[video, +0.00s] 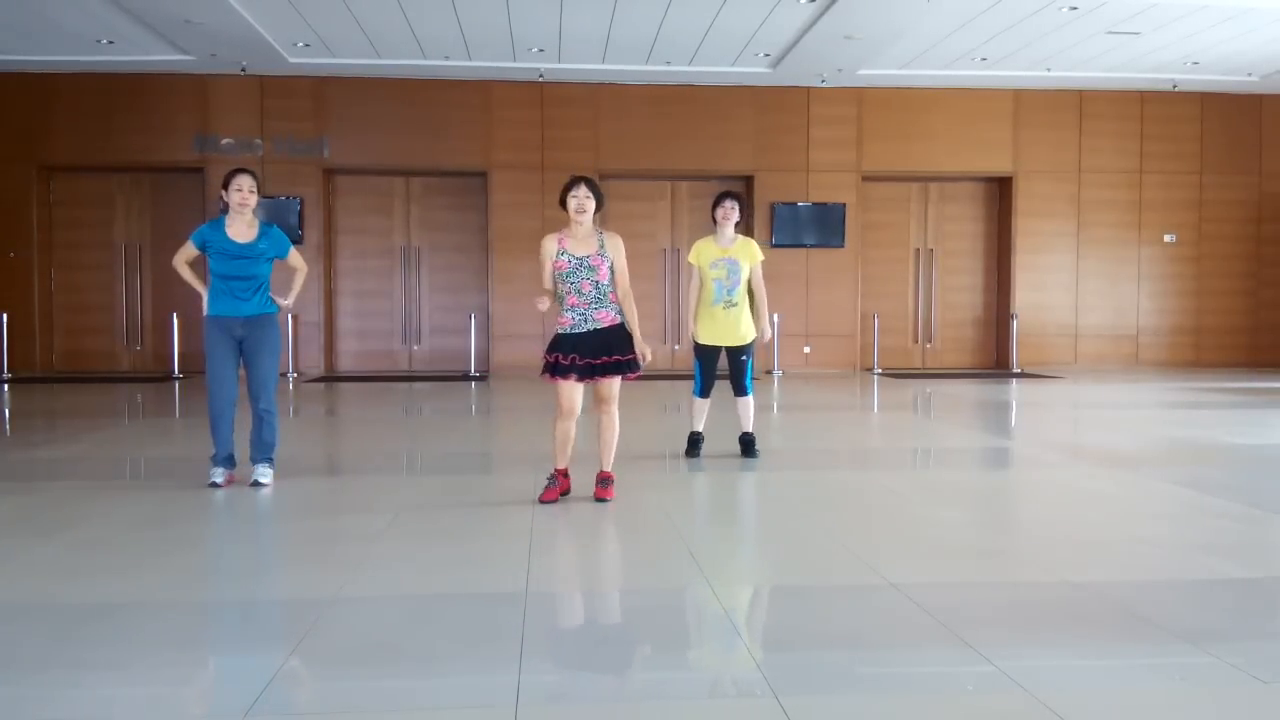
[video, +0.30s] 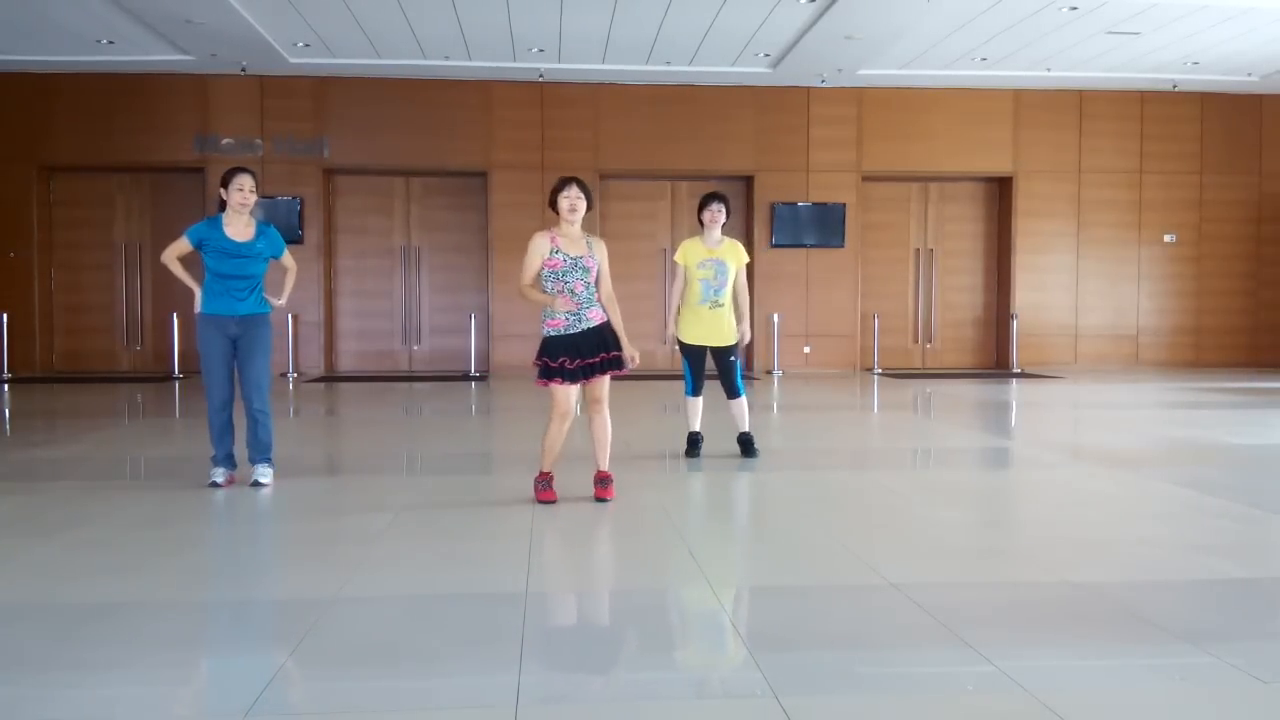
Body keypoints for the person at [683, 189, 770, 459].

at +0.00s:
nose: (727, 211)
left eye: (733, 208)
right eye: (723, 207)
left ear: (739, 215)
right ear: (714, 213)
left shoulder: (749, 246)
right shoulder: (701, 247)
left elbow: (758, 287)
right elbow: (694, 286)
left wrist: (764, 321)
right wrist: (689, 322)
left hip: (740, 328)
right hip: (706, 327)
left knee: (742, 386)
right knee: (702, 386)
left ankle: (747, 437)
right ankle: (696, 436)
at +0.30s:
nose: (715, 214)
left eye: (720, 211)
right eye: (710, 210)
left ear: (726, 217)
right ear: (701, 215)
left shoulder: (735, 249)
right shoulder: (687, 247)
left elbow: (742, 289)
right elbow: (678, 285)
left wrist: (745, 323)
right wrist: (671, 322)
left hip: (723, 327)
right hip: (690, 326)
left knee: (733, 385)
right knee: (693, 385)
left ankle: (745, 436)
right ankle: (694, 436)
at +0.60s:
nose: (712, 214)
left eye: (717, 210)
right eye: (707, 209)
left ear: (722, 215)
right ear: (697, 214)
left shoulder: (730, 248)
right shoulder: (683, 246)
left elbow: (736, 288)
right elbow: (674, 286)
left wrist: (739, 323)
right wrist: (669, 321)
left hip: (720, 327)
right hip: (687, 326)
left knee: (731, 384)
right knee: (692, 385)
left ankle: (743, 434)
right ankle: (694, 436)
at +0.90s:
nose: (718, 212)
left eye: (722, 208)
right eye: (712, 207)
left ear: (727, 214)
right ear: (702, 213)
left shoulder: (735, 247)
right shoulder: (688, 246)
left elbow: (741, 287)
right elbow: (679, 284)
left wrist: (744, 323)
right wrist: (676, 320)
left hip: (726, 327)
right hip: (694, 326)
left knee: (735, 385)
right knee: (695, 385)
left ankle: (745, 435)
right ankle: (694, 436)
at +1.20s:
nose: (731, 211)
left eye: (735, 207)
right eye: (725, 207)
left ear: (741, 213)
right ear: (715, 213)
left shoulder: (749, 247)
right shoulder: (703, 246)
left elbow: (760, 285)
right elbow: (695, 286)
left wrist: (761, 319)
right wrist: (690, 320)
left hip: (743, 327)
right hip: (710, 326)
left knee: (744, 385)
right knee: (705, 385)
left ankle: (748, 436)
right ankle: (696, 436)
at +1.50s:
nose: (741, 213)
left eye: (745, 209)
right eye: (735, 208)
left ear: (752, 215)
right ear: (726, 214)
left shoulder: (762, 248)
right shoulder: (715, 248)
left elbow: (775, 285)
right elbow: (708, 288)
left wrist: (778, 319)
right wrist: (706, 324)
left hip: (756, 328)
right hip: (724, 327)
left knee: (751, 386)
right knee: (718, 386)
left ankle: (749, 437)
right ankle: (708, 436)